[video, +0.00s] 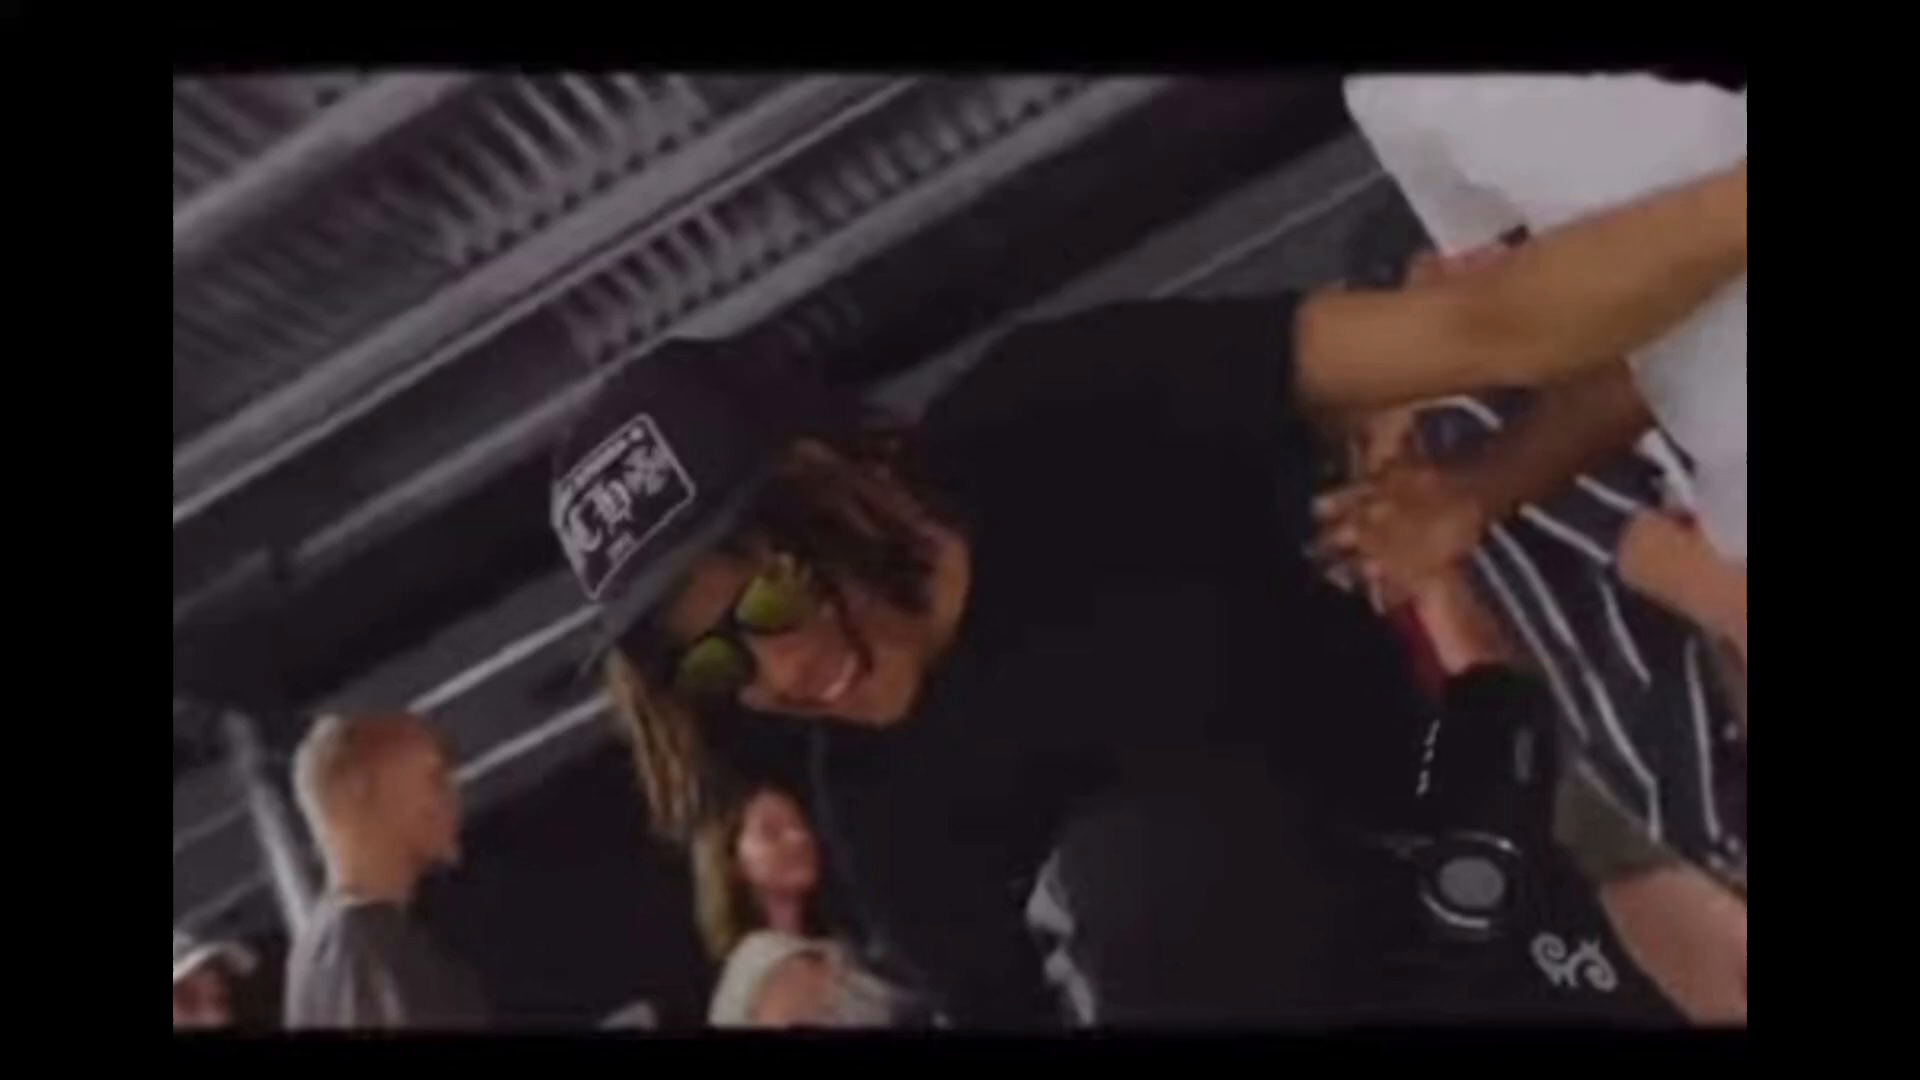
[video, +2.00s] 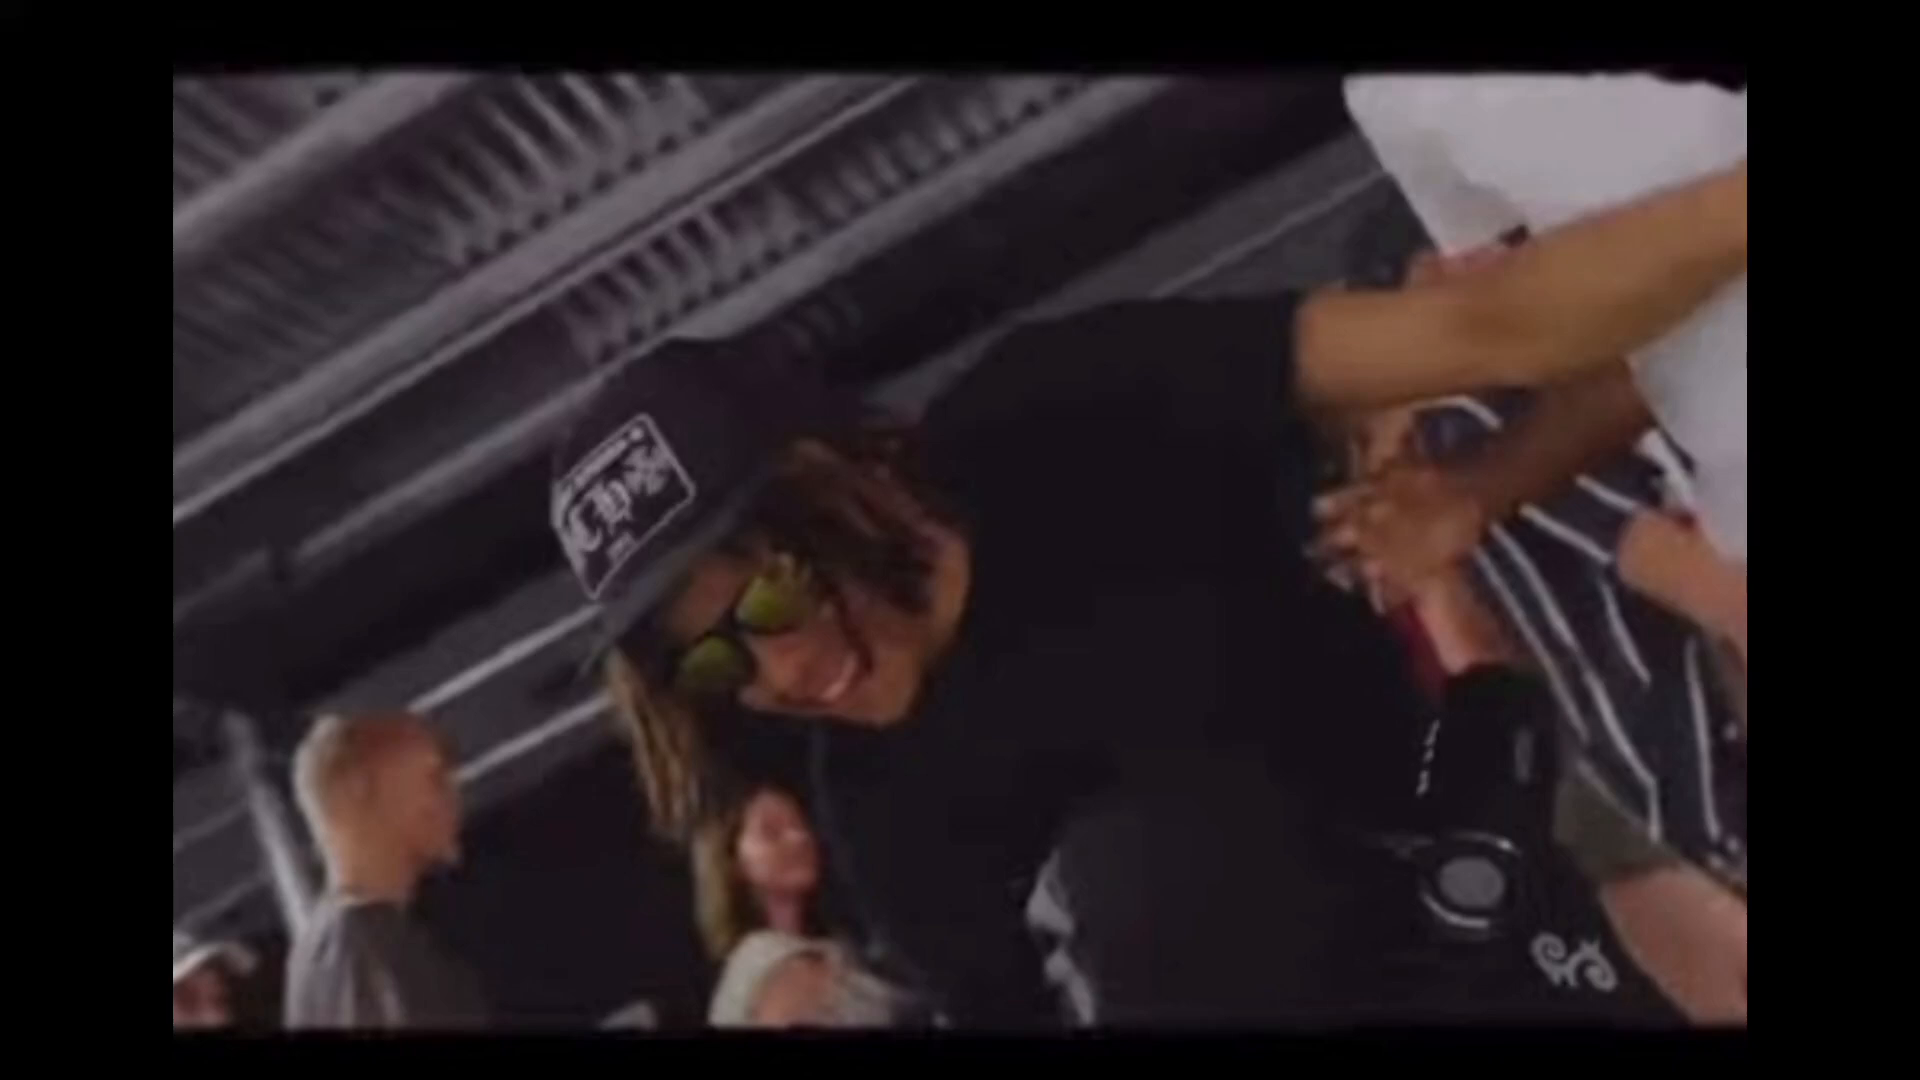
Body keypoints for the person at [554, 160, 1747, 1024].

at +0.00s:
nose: (767, 656)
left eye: (760, 583)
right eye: (708, 655)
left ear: (833, 476)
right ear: (687, 687)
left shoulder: (1052, 403)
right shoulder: (888, 847)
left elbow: (1470, 329)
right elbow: (1035, 1024)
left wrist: (1739, 209)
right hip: (1258, 977)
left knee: (1137, 866)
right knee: (1136, 865)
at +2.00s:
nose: (768, 656)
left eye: (761, 582)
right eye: (708, 654)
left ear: (835, 476)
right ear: (687, 685)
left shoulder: (1052, 404)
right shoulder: (886, 847)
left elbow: (1472, 328)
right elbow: (1031, 1024)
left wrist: (1740, 208)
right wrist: (837, 995)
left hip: (1477, 844)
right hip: (1240, 973)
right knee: (1136, 862)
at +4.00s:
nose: (768, 661)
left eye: (761, 587)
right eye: (709, 657)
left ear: (835, 480)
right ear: (686, 685)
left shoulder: (1051, 403)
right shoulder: (887, 843)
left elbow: (1469, 330)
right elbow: (1030, 1023)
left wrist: (1760, 200)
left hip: (1476, 839)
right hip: (1242, 973)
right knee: (1136, 867)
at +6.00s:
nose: (768, 656)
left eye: (760, 581)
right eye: (708, 654)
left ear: (834, 475)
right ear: (687, 686)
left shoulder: (1053, 403)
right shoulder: (888, 847)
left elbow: (1467, 331)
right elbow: (1038, 1025)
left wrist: (1784, 188)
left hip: (1482, 835)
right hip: (1263, 973)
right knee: (1136, 864)